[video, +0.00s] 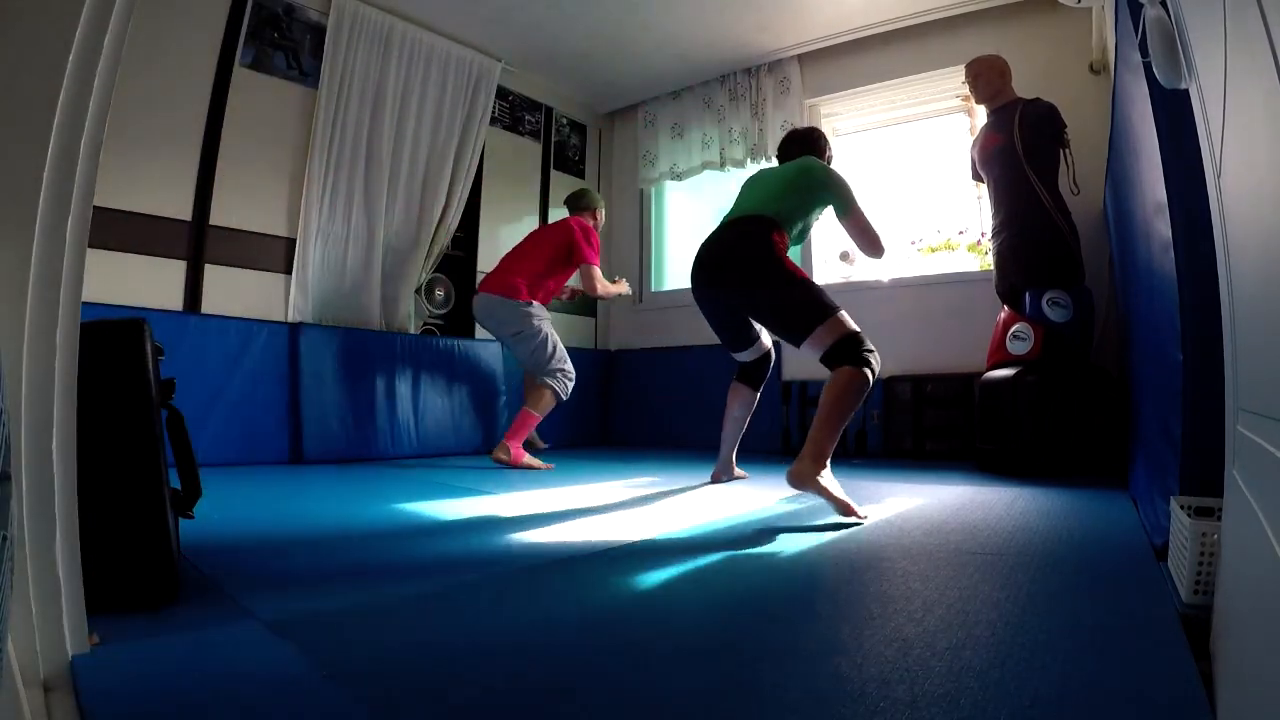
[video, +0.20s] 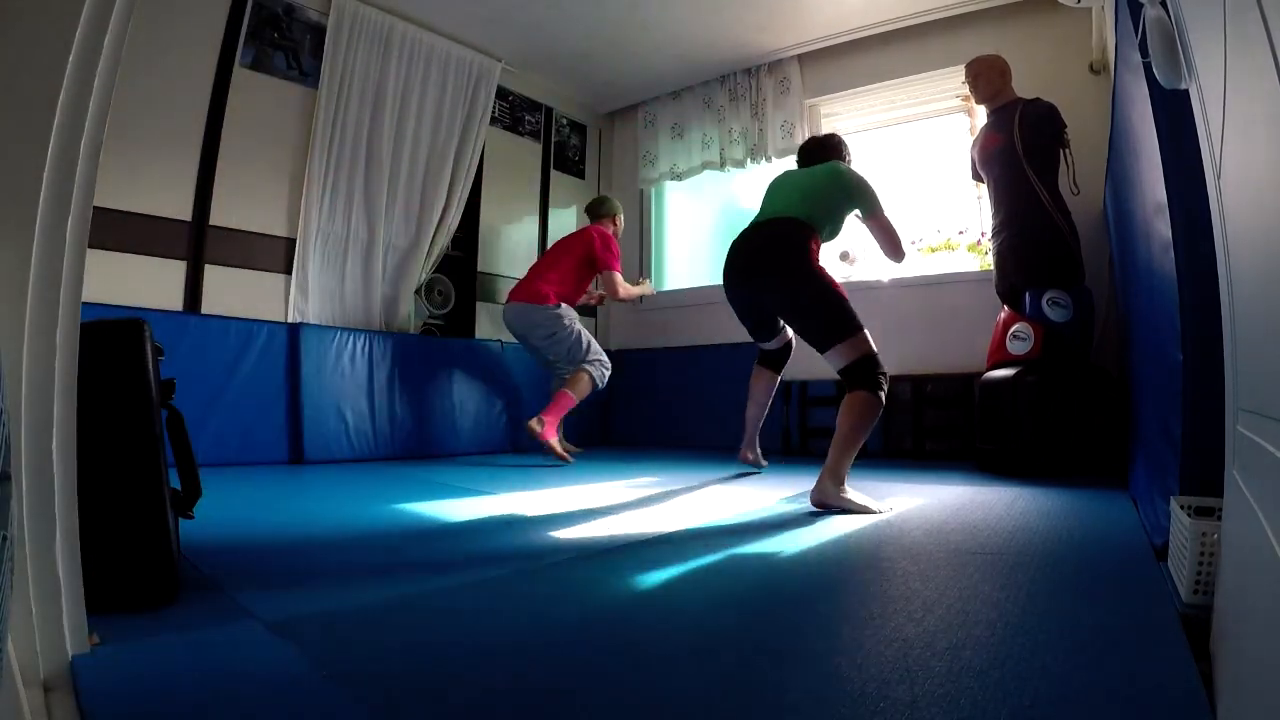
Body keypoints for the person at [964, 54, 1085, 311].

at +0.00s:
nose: (971, 84)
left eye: (976, 75)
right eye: (968, 81)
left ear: (1003, 74)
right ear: (969, 90)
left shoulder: (1037, 111)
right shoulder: (980, 142)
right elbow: (978, 176)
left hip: (1050, 244)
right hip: (1009, 252)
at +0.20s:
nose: (970, 84)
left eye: (976, 75)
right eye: (968, 80)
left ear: (1003, 74)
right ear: (969, 90)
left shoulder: (1037, 111)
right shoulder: (980, 141)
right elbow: (977, 175)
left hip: (1050, 246)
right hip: (1009, 254)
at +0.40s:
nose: (970, 84)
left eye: (976, 75)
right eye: (968, 81)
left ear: (1003, 74)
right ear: (969, 91)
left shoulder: (1037, 112)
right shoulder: (980, 142)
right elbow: (978, 176)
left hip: (1051, 248)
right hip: (1010, 256)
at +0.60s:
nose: (970, 84)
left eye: (976, 76)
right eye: (968, 81)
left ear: (1003, 74)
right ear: (969, 91)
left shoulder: (1037, 112)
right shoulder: (980, 142)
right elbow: (978, 176)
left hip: (1050, 248)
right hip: (1010, 256)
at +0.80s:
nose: (970, 84)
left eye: (976, 75)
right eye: (967, 80)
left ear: (1003, 75)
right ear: (969, 91)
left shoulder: (1037, 112)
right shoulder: (980, 142)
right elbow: (977, 175)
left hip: (1051, 246)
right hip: (1008, 254)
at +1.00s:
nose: (970, 84)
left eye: (976, 75)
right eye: (967, 81)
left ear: (1002, 75)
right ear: (969, 91)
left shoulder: (1037, 112)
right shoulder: (980, 142)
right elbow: (977, 175)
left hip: (1051, 247)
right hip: (1010, 256)